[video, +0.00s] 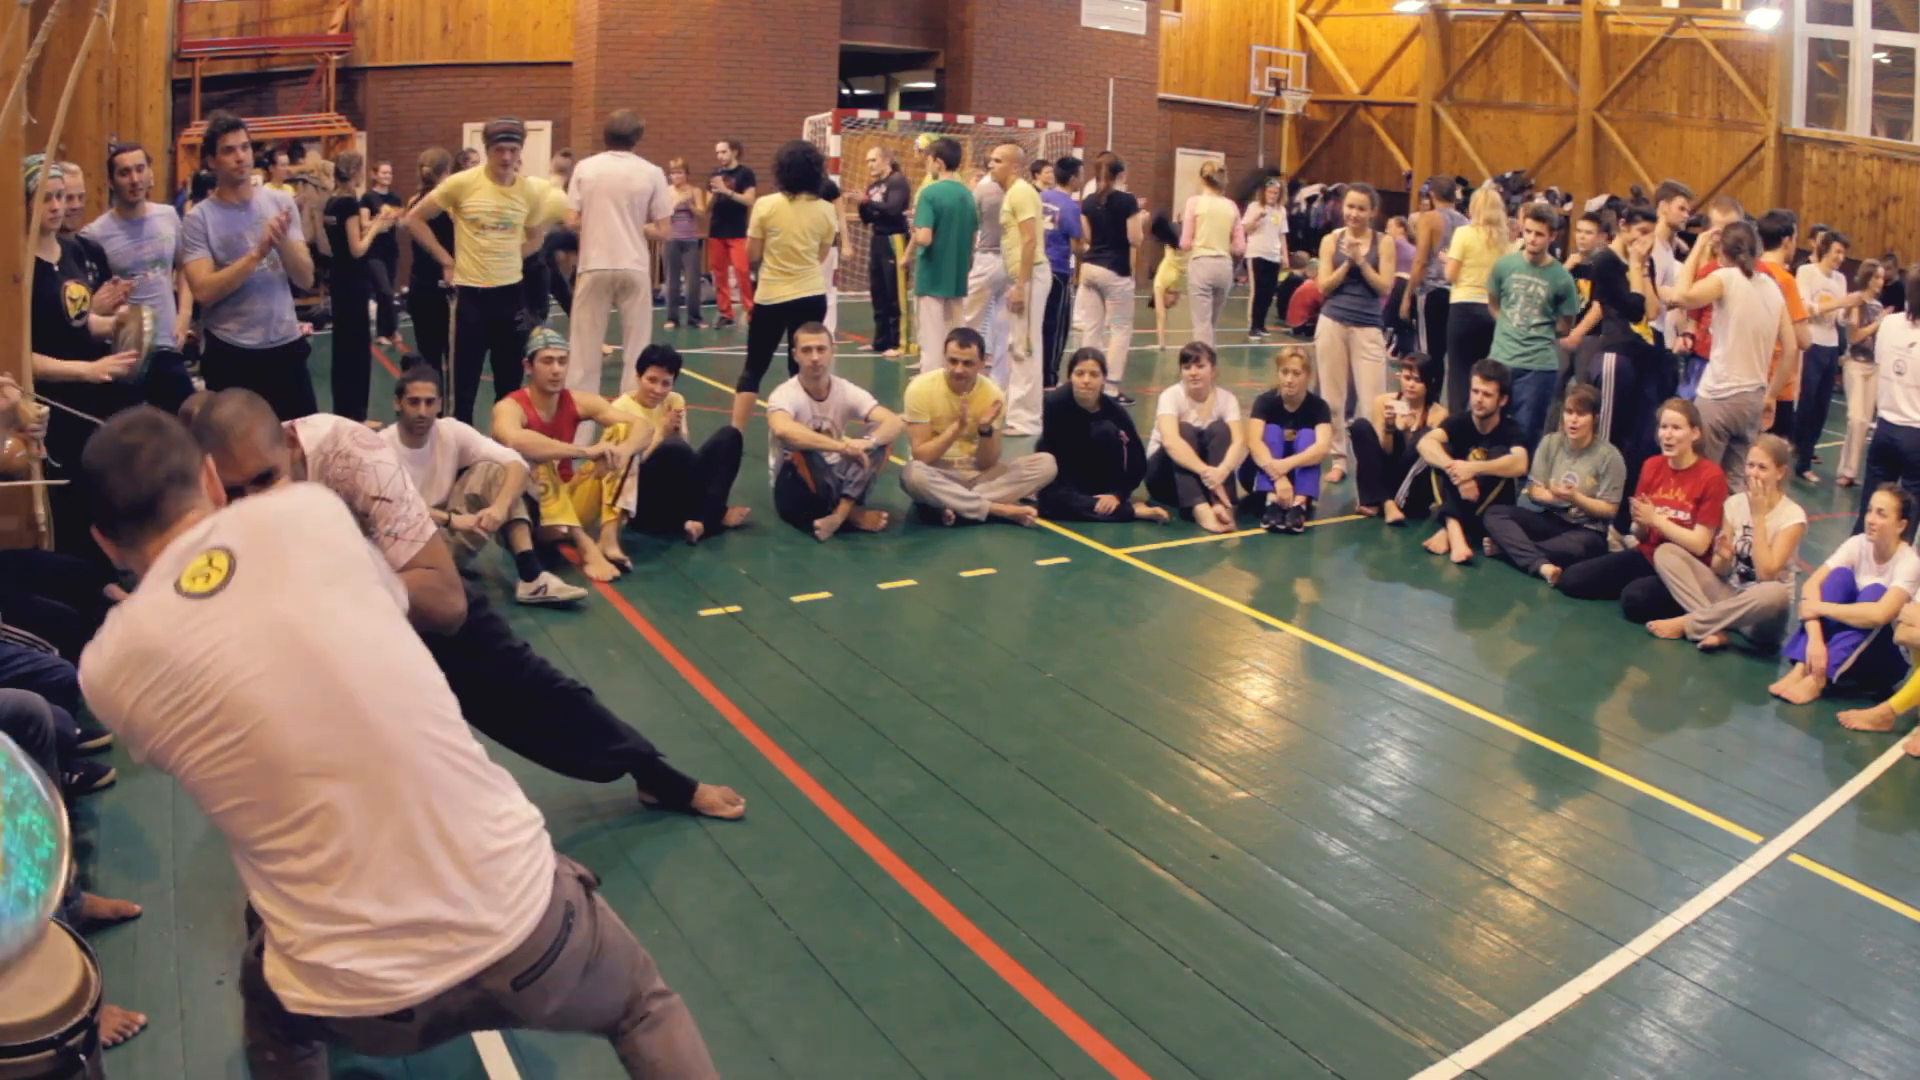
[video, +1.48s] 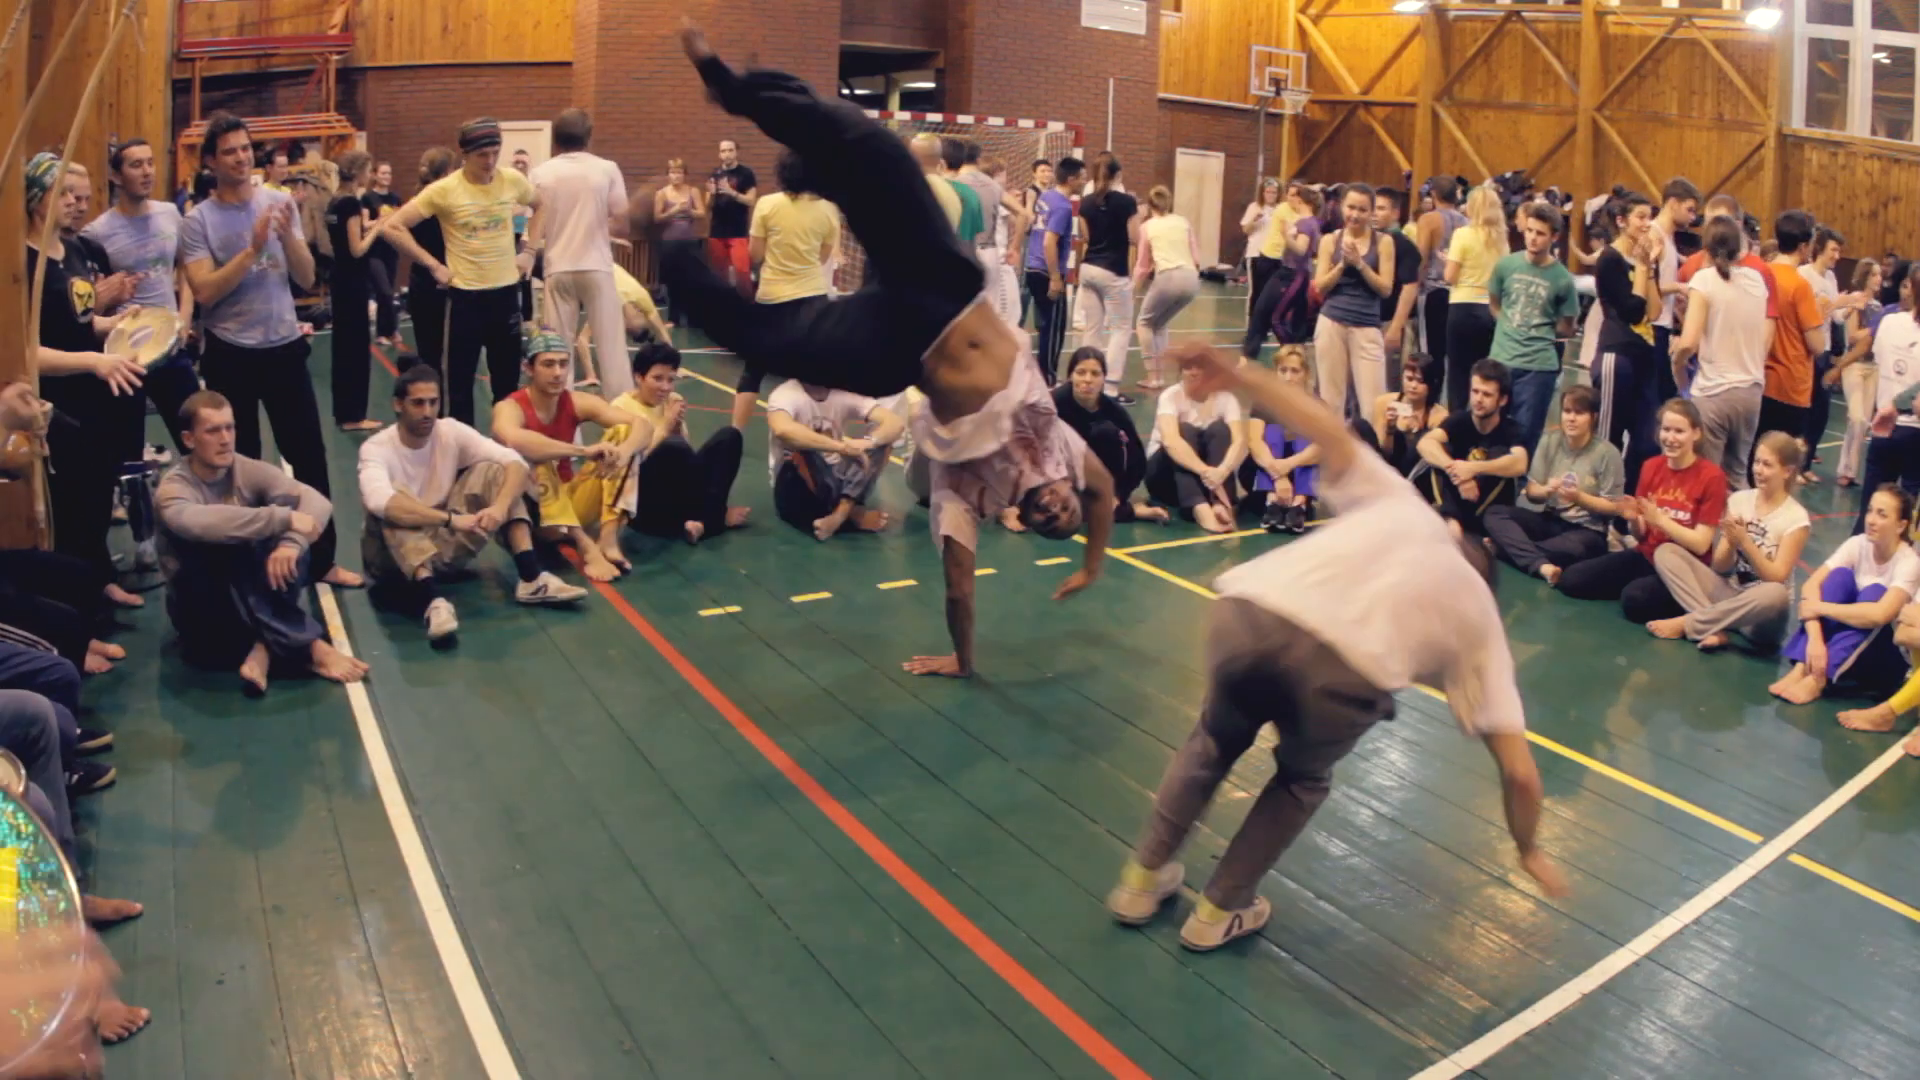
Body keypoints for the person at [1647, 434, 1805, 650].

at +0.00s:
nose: (1754, 473)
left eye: (1763, 468)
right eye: (1751, 465)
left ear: (1781, 473)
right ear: (1744, 467)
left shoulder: (1792, 516)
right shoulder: (1734, 504)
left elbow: (1767, 573)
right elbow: (1719, 570)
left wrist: (1758, 516)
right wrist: (1724, 557)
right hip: (1726, 596)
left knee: (1773, 593)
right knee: (1665, 552)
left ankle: (1686, 624)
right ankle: (1711, 629)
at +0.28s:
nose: (1754, 472)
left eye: (1763, 467)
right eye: (1751, 464)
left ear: (1782, 472)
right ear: (1745, 466)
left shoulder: (1793, 516)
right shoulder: (1735, 503)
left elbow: (1767, 573)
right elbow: (1719, 568)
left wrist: (1759, 516)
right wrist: (1724, 557)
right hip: (1726, 596)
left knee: (1773, 594)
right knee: (1666, 553)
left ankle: (1686, 624)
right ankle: (1711, 629)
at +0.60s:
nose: (1756, 473)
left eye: (1765, 468)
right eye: (1753, 466)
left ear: (1784, 474)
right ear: (1747, 467)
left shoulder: (1795, 517)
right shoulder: (1736, 503)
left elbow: (1768, 573)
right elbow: (1720, 568)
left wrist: (1762, 518)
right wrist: (1726, 557)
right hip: (1726, 595)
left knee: (1774, 594)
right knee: (1665, 552)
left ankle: (1686, 624)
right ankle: (1711, 629)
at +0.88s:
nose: (1757, 474)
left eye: (1767, 469)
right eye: (1755, 466)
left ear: (1786, 476)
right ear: (1750, 467)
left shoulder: (1796, 519)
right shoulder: (1737, 502)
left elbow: (1775, 576)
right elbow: (1719, 566)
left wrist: (1756, 528)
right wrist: (1727, 554)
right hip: (1725, 595)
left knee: (1774, 594)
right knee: (1666, 552)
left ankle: (1686, 624)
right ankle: (1711, 629)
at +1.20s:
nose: (1757, 474)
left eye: (1766, 469)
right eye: (1754, 466)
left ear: (1786, 476)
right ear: (1749, 467)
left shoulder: (1796, 521)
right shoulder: (1738, 502)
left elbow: (1778, 579)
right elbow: (1720, 568)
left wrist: (1747, 548)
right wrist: (1729, 546)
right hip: (1727, 594)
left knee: (1774, 594)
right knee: (1666, 553)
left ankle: (1686, 624)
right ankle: (1711, 629)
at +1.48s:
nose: (1757, 469)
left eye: (1766, 464)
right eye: (1756, 462)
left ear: (1787, 472)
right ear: (1751, 462)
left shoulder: (1796, 518)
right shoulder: (1739, 499)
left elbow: (1776, 575)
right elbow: (1719, 566)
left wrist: (1743, 542)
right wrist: (1731, 541)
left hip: (1760, 604)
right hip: (1726, 592)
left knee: (1774, 594)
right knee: (1666, 552)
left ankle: (1686, 624)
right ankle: (1711, 629)